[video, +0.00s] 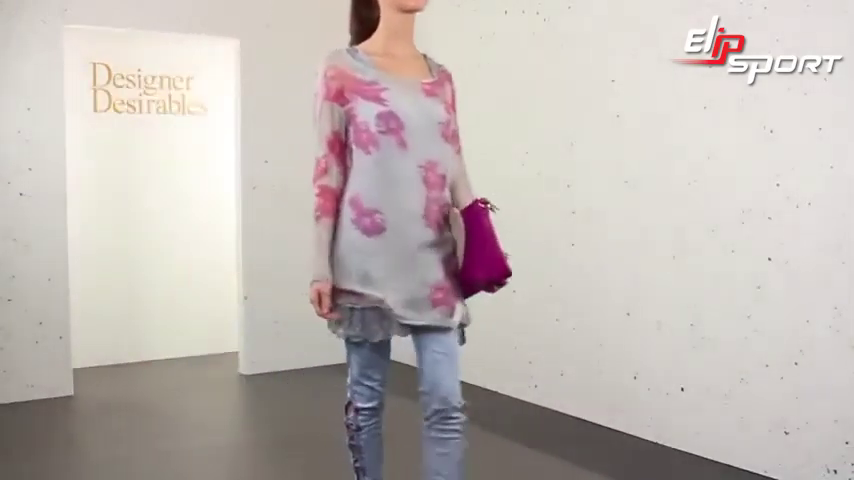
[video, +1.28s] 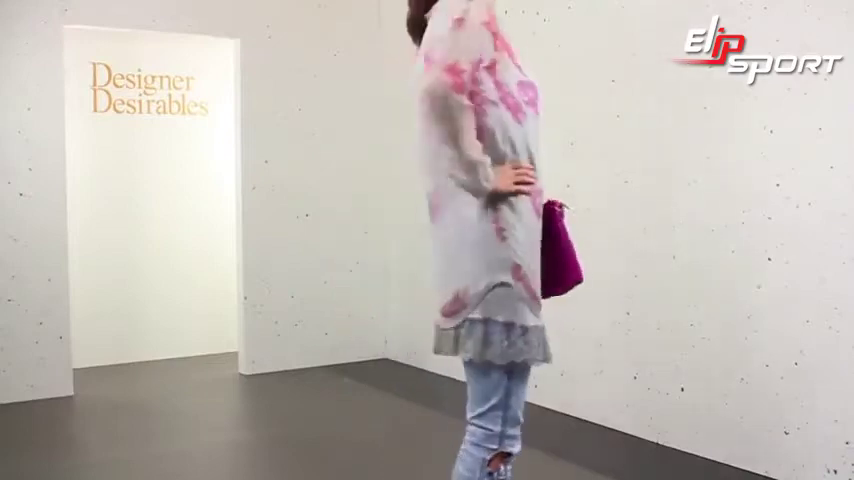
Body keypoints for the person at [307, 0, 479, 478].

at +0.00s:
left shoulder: (440, 77)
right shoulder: (342, 68)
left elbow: (454, 167)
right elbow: (329, 170)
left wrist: (478, 249)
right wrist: (321, 265)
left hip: (434, 261)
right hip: (364, 262)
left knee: (446, 404)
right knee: (366, 403)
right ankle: (367, 475)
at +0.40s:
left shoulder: (496, 70)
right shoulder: (385, 58)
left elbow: (513, 173)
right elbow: (368, 175)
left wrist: (540, 258)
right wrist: (352, 277)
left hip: (489, 275)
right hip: (415, 274)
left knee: (488, 426)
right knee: (426, 426)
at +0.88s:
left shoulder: (493, 44)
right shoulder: (422, 36)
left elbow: (520, 146)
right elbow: (341, 126)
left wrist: (550, 243)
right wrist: (361, 233)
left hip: (510, 258)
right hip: (459, 262)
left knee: (504, 439)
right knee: (479, 440)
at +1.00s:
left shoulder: (484, 40)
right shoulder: (438, 25)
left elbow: (493, 142)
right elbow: (350, 97)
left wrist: (535, 201)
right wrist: (399, 200)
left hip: (508, 261)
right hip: (472, 262)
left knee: (511, 436)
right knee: (483, 440)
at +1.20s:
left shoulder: (480, 31)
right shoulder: (458, 18)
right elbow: (417, 83)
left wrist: (528, 195)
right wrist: (473, 170)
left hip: (504, 236)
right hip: (481, 234)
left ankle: (495, 462)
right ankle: (483, 462)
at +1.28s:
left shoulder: (482, 25)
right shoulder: (464, 14)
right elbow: (443, 96)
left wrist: (529, 186)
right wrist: (485, 178)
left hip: (511, 255)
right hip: (485, 258)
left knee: (505, 439)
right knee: (487, 436)